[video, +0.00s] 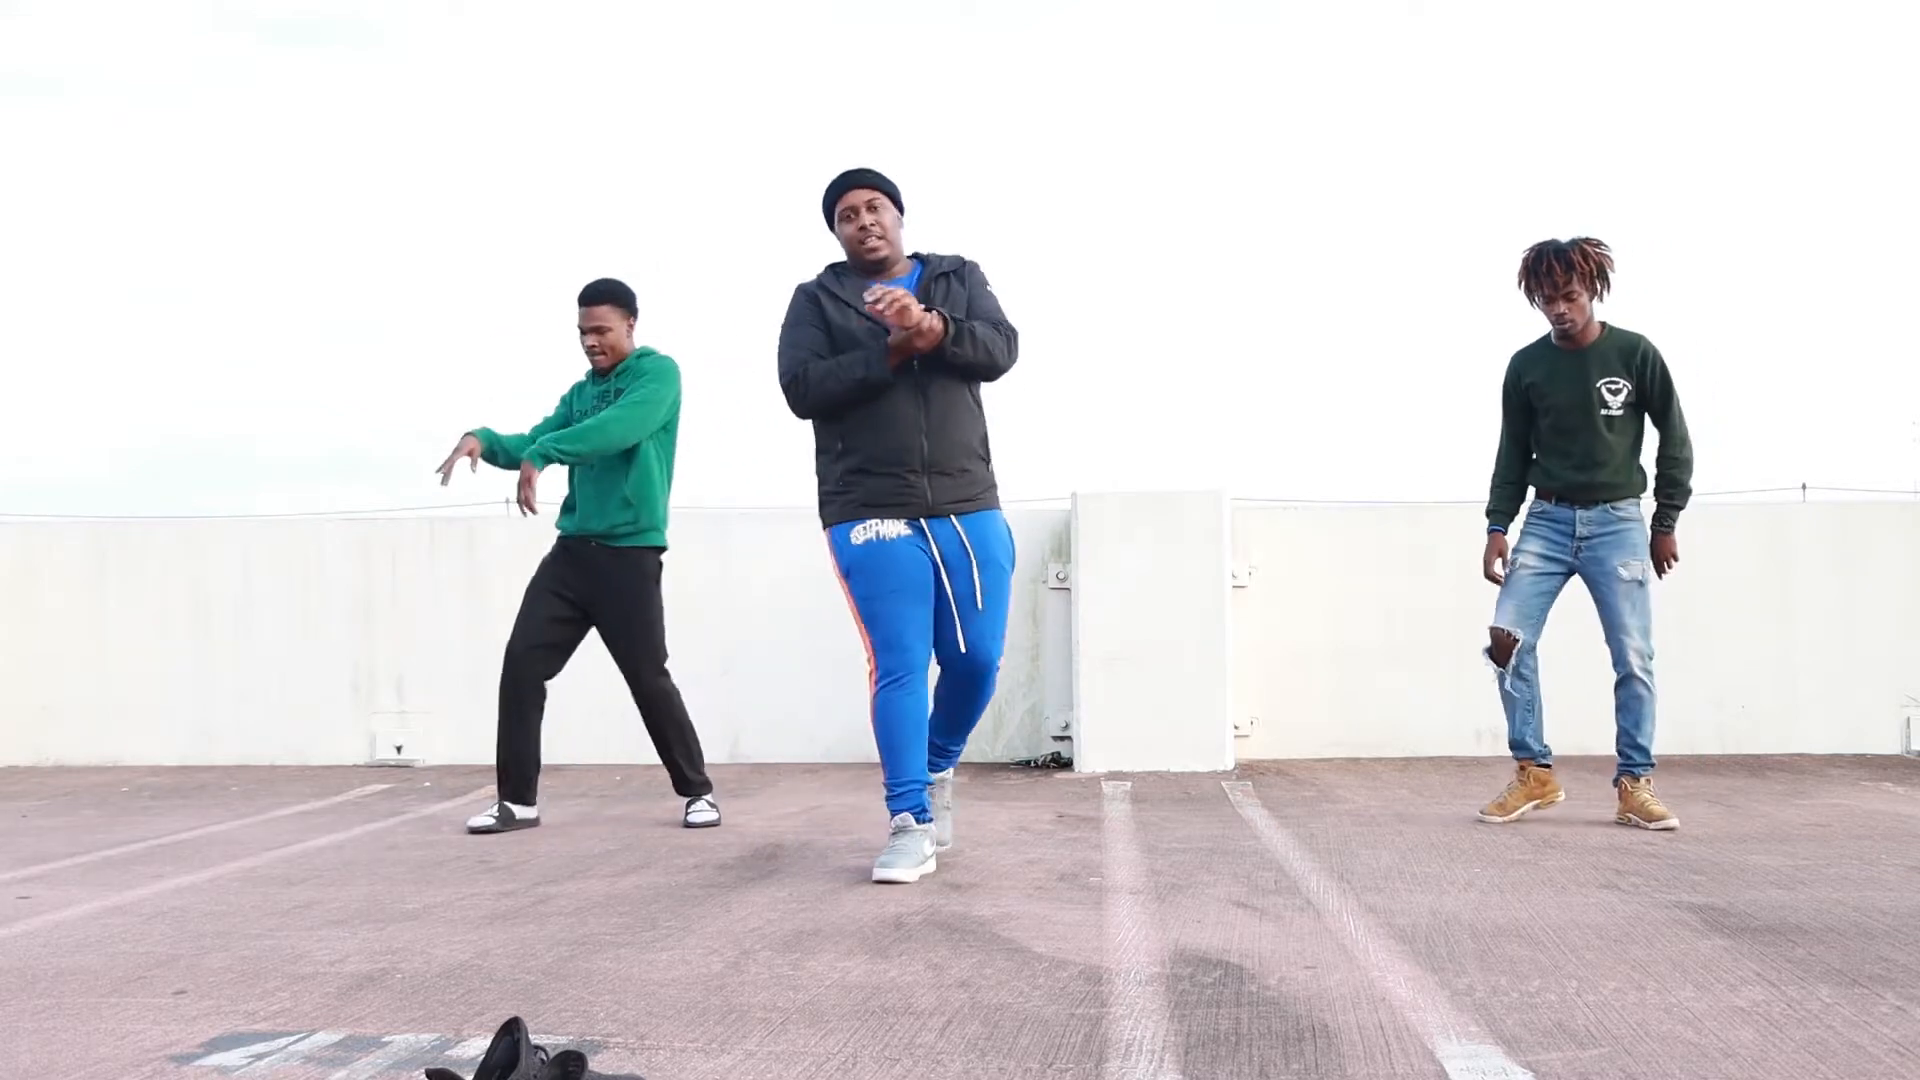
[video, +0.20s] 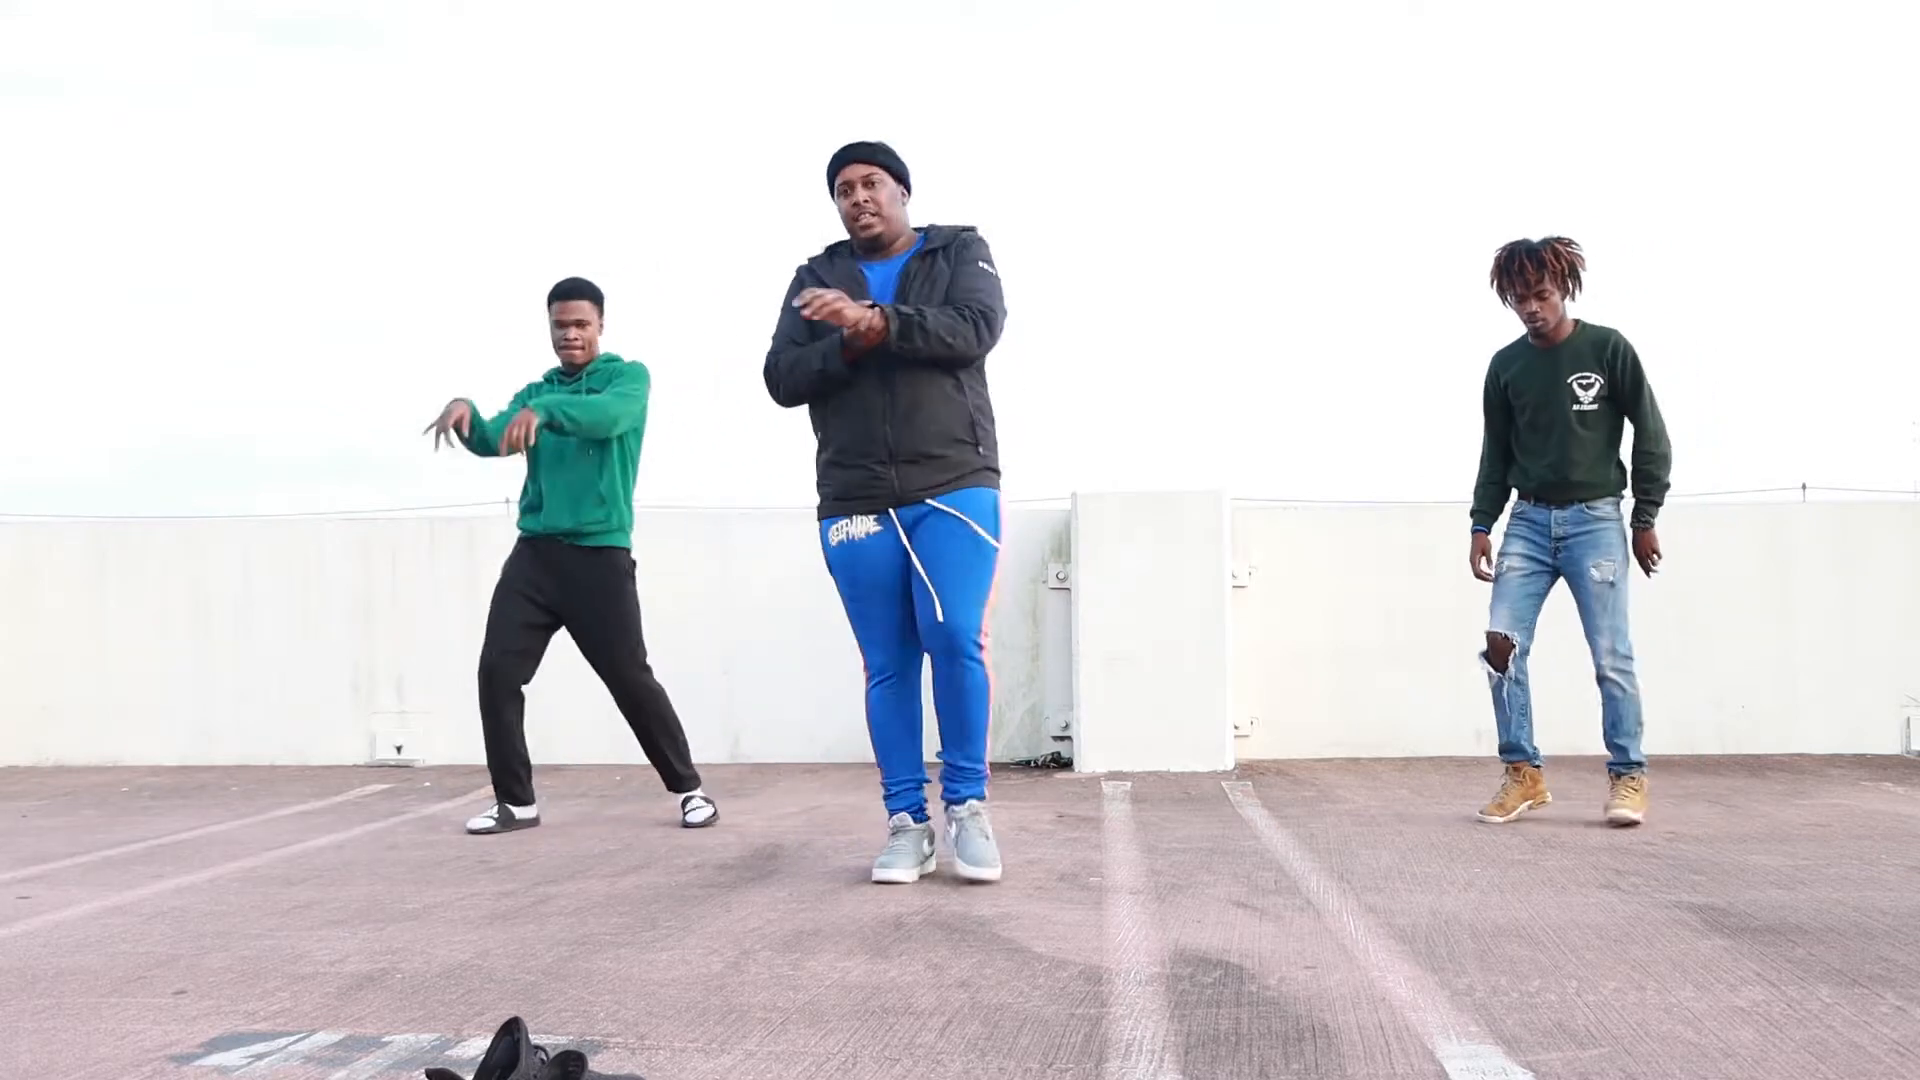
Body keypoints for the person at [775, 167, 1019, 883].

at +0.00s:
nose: (865, 220)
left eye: (874, 208)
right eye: (850, 216)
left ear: (900, 216)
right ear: (836, 236)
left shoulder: (956, 277)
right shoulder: (817, 300)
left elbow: (999, 350)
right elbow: (803, 391)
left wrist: (938, 331)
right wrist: (892, 349)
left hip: (966, 497)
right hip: (870, 504)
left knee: (978, 659)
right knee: (900, 662)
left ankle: (935, 767)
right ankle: (909, 823)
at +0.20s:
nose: (860, 196)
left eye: (871, 183)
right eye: (847, 190)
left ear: (904, 192)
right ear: (836, 209)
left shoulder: (956, 249)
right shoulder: (818, 277)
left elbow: (973, 331)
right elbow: (783, 377)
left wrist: (874, 318)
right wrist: (847, 341)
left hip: (953, 482)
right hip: (855, 495)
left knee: (955, 639)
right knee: (886, 664)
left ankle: (967, 810)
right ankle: (906, 824)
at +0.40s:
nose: (852, 195)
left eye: (866, 181)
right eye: (842, 189)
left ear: (906, 187)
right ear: (837, 206)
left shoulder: (951, 244)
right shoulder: (829, 275)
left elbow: (930, 335)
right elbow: (790, 393)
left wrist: (813, 330)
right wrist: (816, 346)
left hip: (940, 481)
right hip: (853, 496)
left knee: (924, 645)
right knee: (875, 666)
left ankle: (954, 838)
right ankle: (911, 830)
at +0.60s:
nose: (831, 201)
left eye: (844, 186)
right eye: (827, 190)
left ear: (892, 187)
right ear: (840, 201)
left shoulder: (932, 240)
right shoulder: (850, 274)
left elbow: (879, 343)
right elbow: (834, 390)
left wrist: (774, 356)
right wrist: (778, 362)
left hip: (935, 483)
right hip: (857, 492)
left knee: (908, 652)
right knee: (822, 649)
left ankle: (948, 843)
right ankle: (900, 799)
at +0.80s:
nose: (824, 191)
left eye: (834, 177)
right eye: (824, 178)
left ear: (876, 177)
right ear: (876, 180)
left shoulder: (892, 230)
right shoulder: (879, 240)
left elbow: (833, 335)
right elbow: (858, 365)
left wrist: (749, 355)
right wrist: (778, 358)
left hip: (913, 478)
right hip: (869, 483)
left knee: (900, 655)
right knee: (808, 637)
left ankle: (947, 844)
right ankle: (828, 821)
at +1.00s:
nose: (807, 200)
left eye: (816, 187)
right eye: (809, 187)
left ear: (852, 192)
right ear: (867, 194)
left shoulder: (844, 250)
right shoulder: (901, 260)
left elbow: (789, 355)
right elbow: (883, 376)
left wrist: (728, 381)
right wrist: (795, 406)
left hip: (873, 487)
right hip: (874, 486)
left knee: (863, 665)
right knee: (801, 656)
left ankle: (944, 845)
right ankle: (789, 830)